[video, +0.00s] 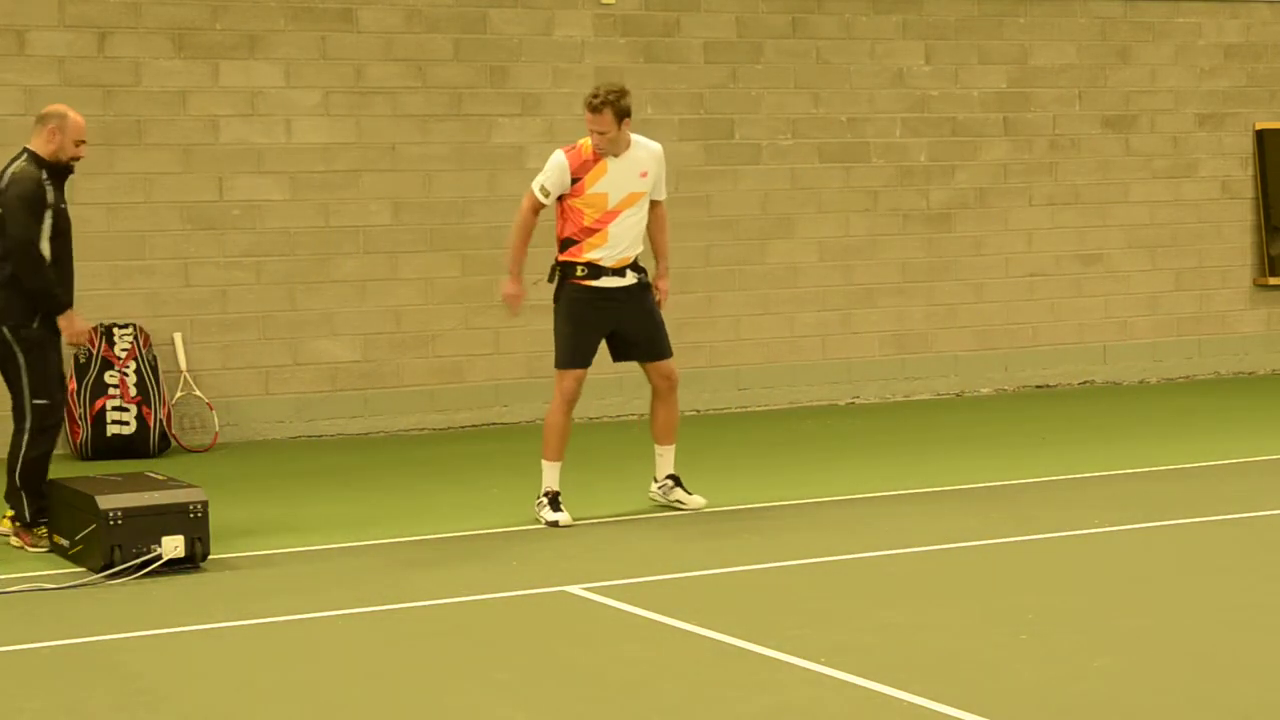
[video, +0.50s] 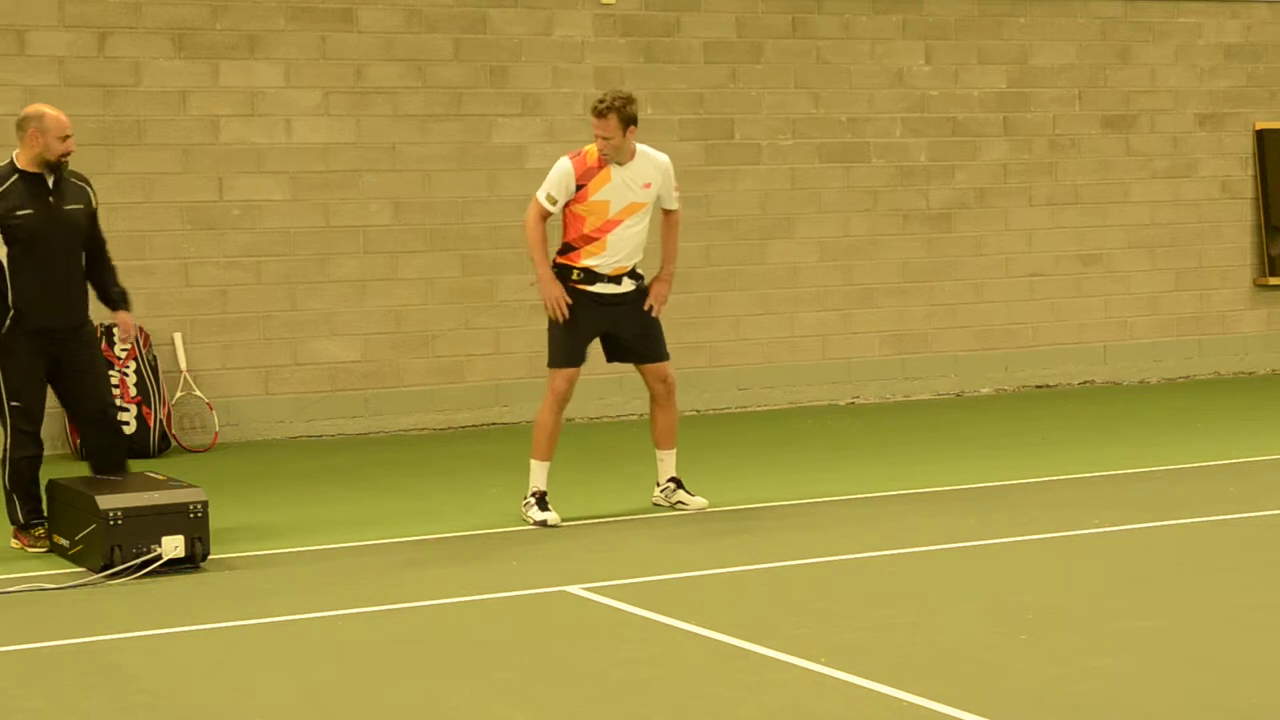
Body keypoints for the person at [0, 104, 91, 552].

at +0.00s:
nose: (82, 152)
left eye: (83, 144)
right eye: (78, 143)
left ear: (53, 137)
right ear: (50, 135)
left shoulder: (47, 177)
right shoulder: (25, 180)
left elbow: (47, 253)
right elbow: (24, 253)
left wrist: (64, 312)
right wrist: (63, 310)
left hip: (34, 319)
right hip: (17, 319)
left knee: (46, 411)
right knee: (37, 413)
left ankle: (28, 510)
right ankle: (24, 518)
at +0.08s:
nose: (78, 154)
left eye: (80, 145)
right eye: (74, 144)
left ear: (51, 138)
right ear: (46, 135)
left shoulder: (47, 181)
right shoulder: (15, 182)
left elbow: (48, 257)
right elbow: (12, 262)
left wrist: (64, 317)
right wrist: (49, 316)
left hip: (45, 323)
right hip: (19, 325)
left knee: (59, 413)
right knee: (32, 419)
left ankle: (26, 505)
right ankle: (25, 521)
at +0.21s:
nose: (72, 153)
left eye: (74, 145)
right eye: (67, 144)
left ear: (47, 139)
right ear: (40, 138)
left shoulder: (57, 186)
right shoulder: (4, 188)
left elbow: (58, 261)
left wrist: (70, 320)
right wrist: (17, 322)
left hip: (60, 326)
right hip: (20, 329)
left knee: (82, 407)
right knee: (26, 423)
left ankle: (38, 487)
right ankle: (25, 521)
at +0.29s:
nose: (70, 151)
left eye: (71, 143)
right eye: (63, 143)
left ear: (44, 139)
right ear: (34, 138)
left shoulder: (64, 187)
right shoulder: (2, 190)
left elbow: (70, 259)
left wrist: (83, 313)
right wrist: (2, 329)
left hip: (67, 327)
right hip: (21, 332)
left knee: (90, 408)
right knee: (24, 429)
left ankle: (58, 501)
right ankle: (27, 522)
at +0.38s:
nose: (68, 147)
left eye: (69, 139)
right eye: (61, 140)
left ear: (45, 139)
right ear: (31, 138)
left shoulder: (70, 187)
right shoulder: (3, 192)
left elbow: (81, 253)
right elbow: (1, 263)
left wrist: (98, 310)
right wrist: (7, 320)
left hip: (70, 327)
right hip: (20, 331)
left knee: (93, 414)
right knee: (22, 428)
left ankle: (86, 512)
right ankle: (28, 521)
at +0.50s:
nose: (71, 145)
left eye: (71, 137)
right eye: (63, 137)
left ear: (55, 138)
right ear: (32, 138)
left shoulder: (78, 187)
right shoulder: (4, 190)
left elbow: (95, 254)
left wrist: (119, 306)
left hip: (74, 330)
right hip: (19, 333)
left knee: (102, 420)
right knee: (23, 430)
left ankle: (121, 517)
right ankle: (28, 521)